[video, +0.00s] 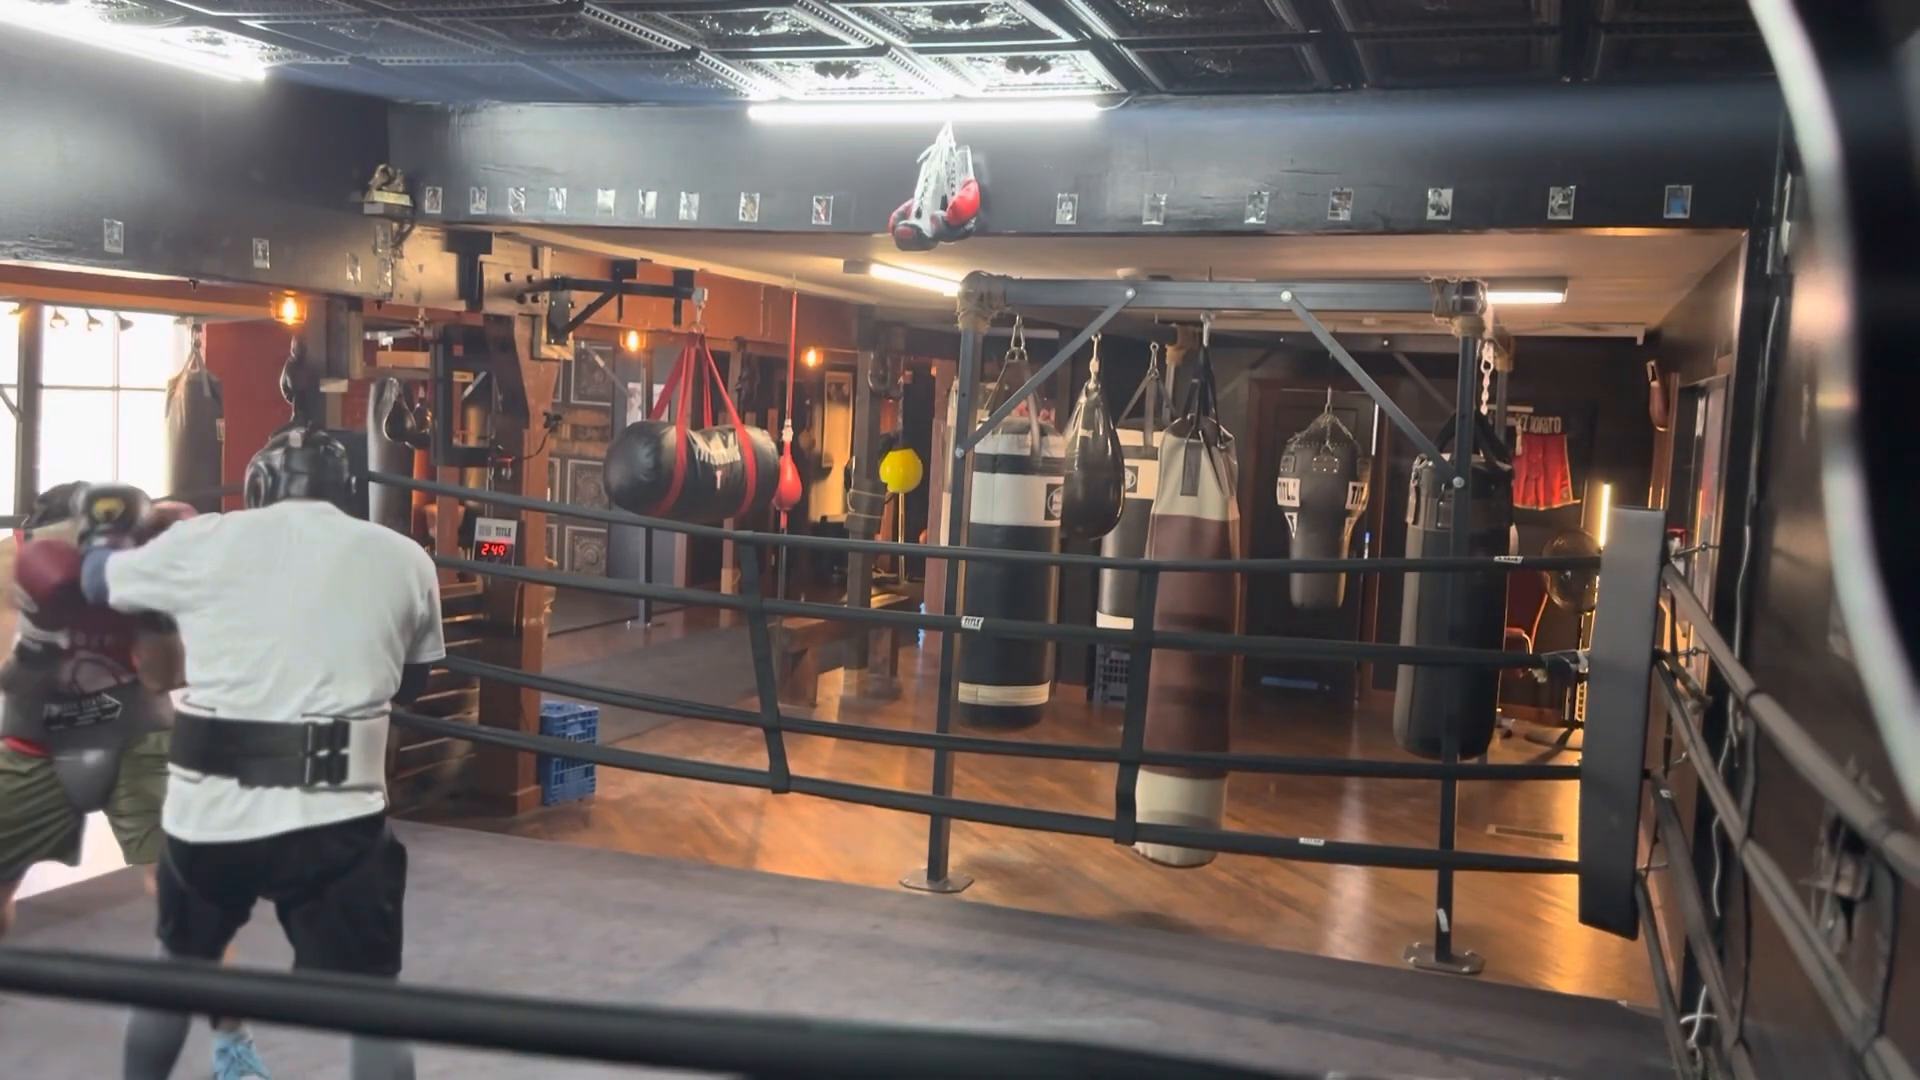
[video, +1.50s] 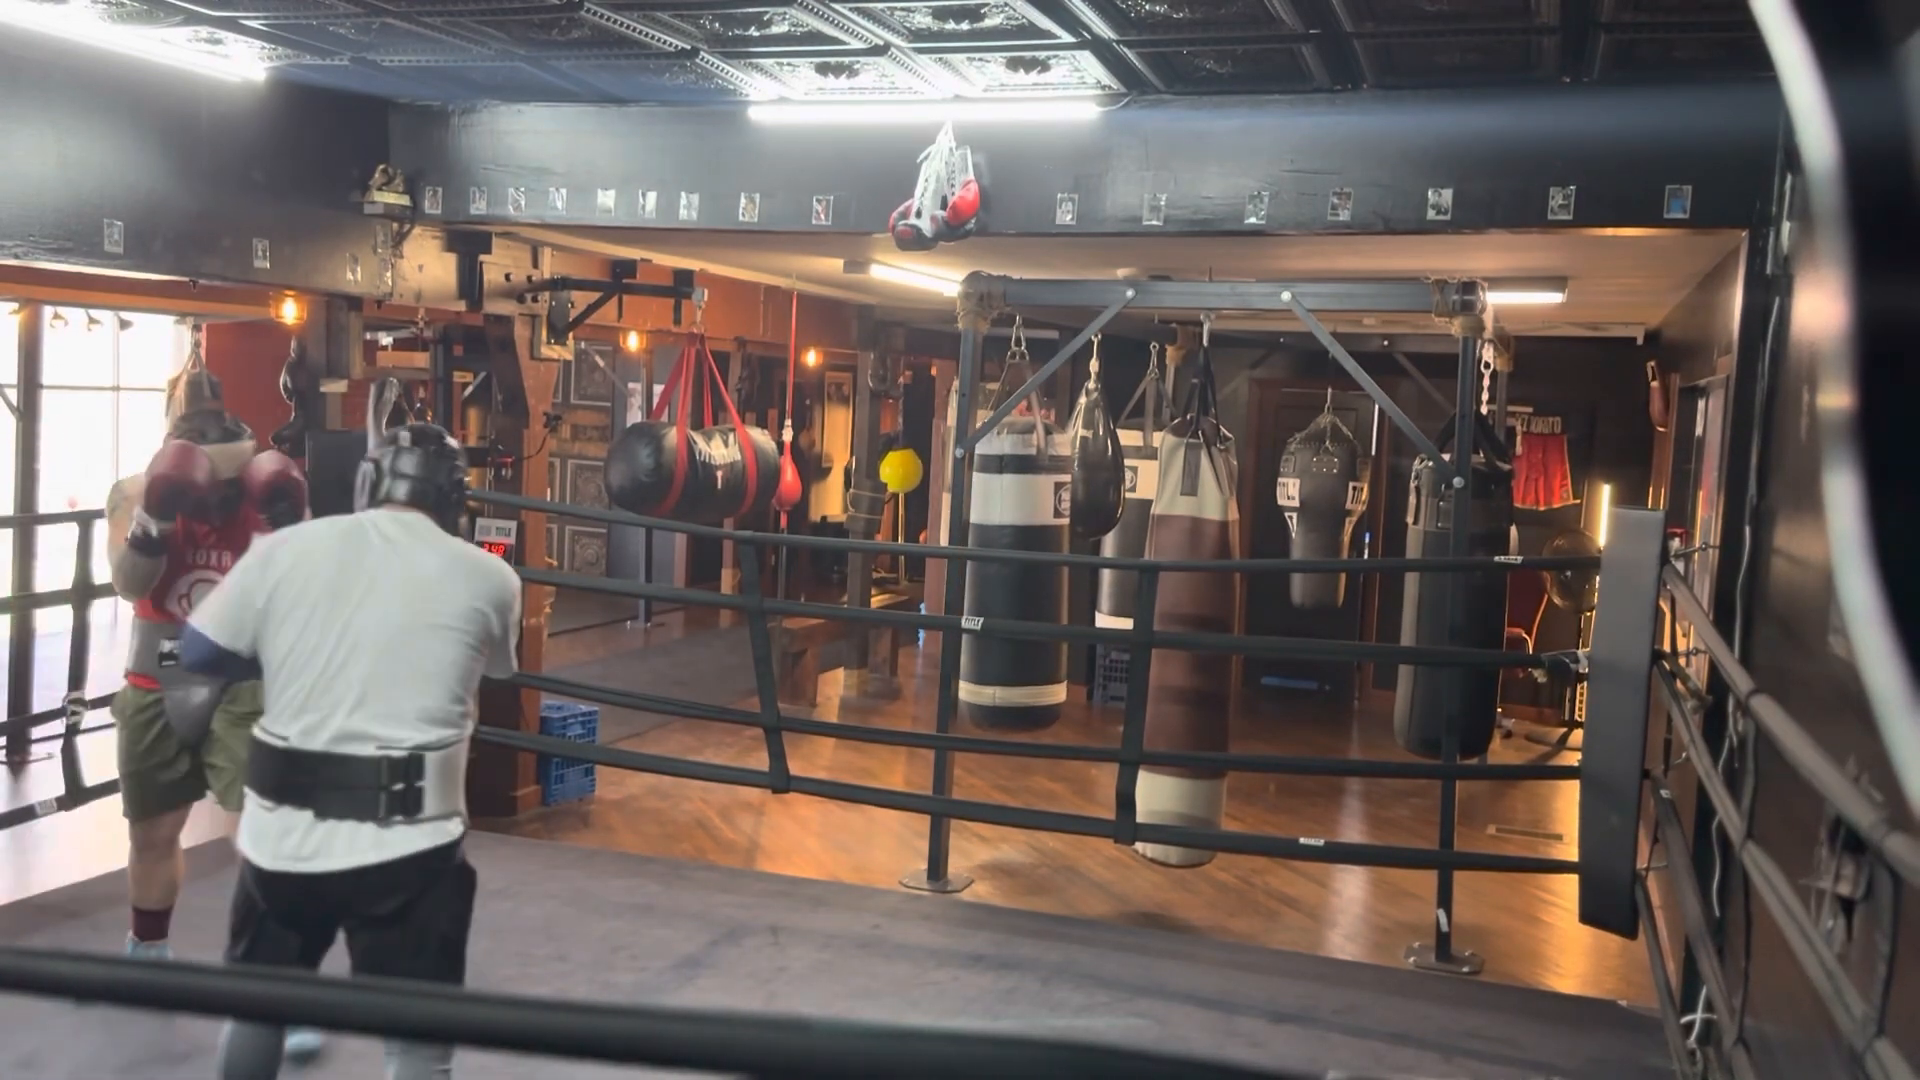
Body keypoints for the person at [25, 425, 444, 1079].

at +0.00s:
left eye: (254, 482)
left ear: (260, 486)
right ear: (348, 488)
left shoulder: (206, 542)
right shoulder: (403, 557)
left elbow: (98, 576)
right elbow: (413, 675)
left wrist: (121, 532)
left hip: (211, 824)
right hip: (339, 828)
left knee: (176, 976)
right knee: (375, 1011)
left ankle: (139, 1076)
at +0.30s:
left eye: (317, 499)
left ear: (325, 503)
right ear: (409, 512)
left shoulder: (262, 574)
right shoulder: (464, 597)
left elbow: (159, 623)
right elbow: (460, 725)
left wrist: (175, 562)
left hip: (265, 863)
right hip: (398, 865)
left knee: (222, 1007)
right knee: (463, 1034)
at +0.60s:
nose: (315, 491)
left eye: (320, 480)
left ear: (333, 483)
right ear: (418, 488)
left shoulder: (277, 560)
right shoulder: (481, 566)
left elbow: (186, 664)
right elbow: (501, 675)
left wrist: (220, 598)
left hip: (290, 837)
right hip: (418, 841)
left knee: (263, 991)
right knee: (442, 1033)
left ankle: (229, 1073)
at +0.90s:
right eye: (369, 488)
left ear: (280, 486)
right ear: (363, 490)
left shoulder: (223, 554)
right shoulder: (402, 540)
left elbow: (149, 634)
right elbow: (434, 663)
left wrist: (100, 654)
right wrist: (362, 633)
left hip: (242, 814)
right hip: (363, 806)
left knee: (241, 990)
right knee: (431, 980)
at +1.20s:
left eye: (274, 481)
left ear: (282, 486)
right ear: (369, 496)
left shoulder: (218, 544)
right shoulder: (409, 554)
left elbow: (141, 635)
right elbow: (426, 691)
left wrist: (232, 618)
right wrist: (360, 644)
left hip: (220, 822)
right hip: (346, 823)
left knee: (221, 1000)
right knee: (410, 1010)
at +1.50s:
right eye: (459, 490)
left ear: (368, 484)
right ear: (456, 498)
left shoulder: (283, 551)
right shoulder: (490, 577)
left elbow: (199, 658)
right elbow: (490, 671)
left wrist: (294, 641)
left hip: (285, 848)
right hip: (413, 856)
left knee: (255, 1015)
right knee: (418, 1046)